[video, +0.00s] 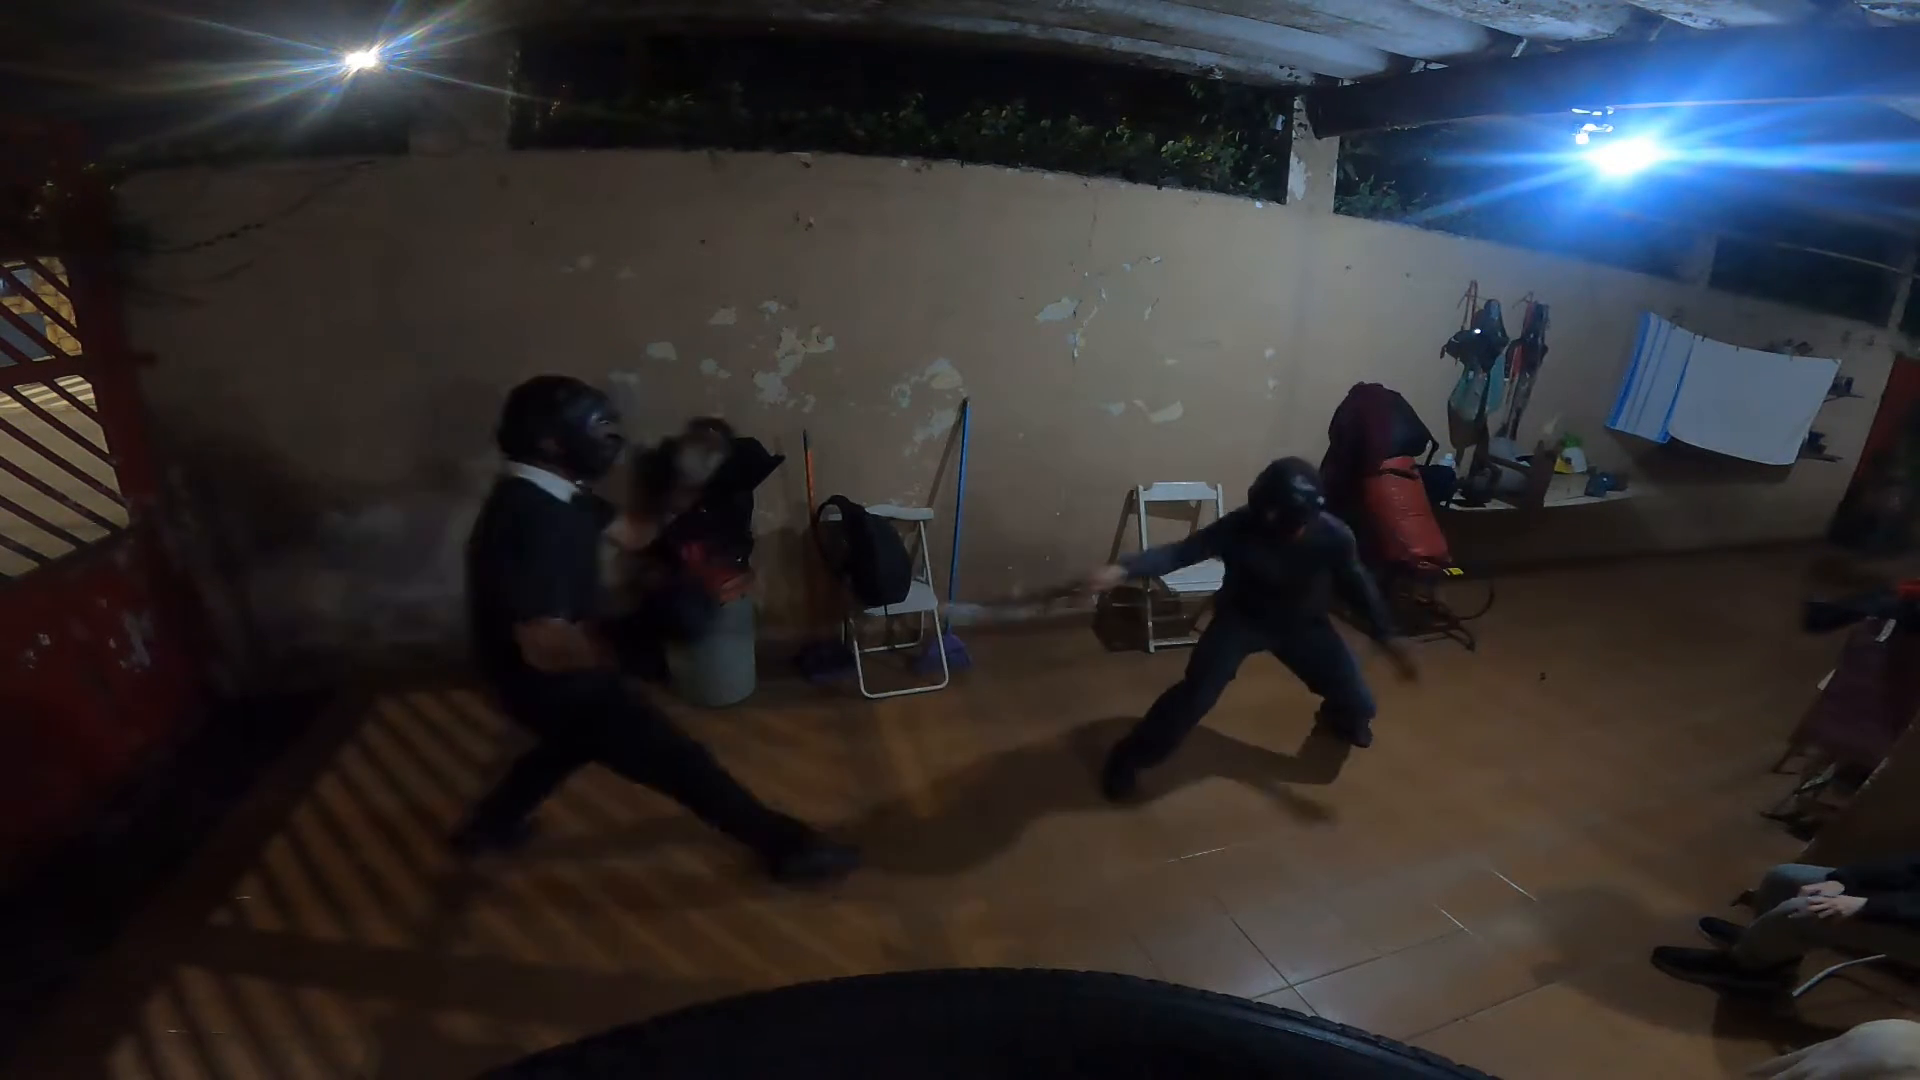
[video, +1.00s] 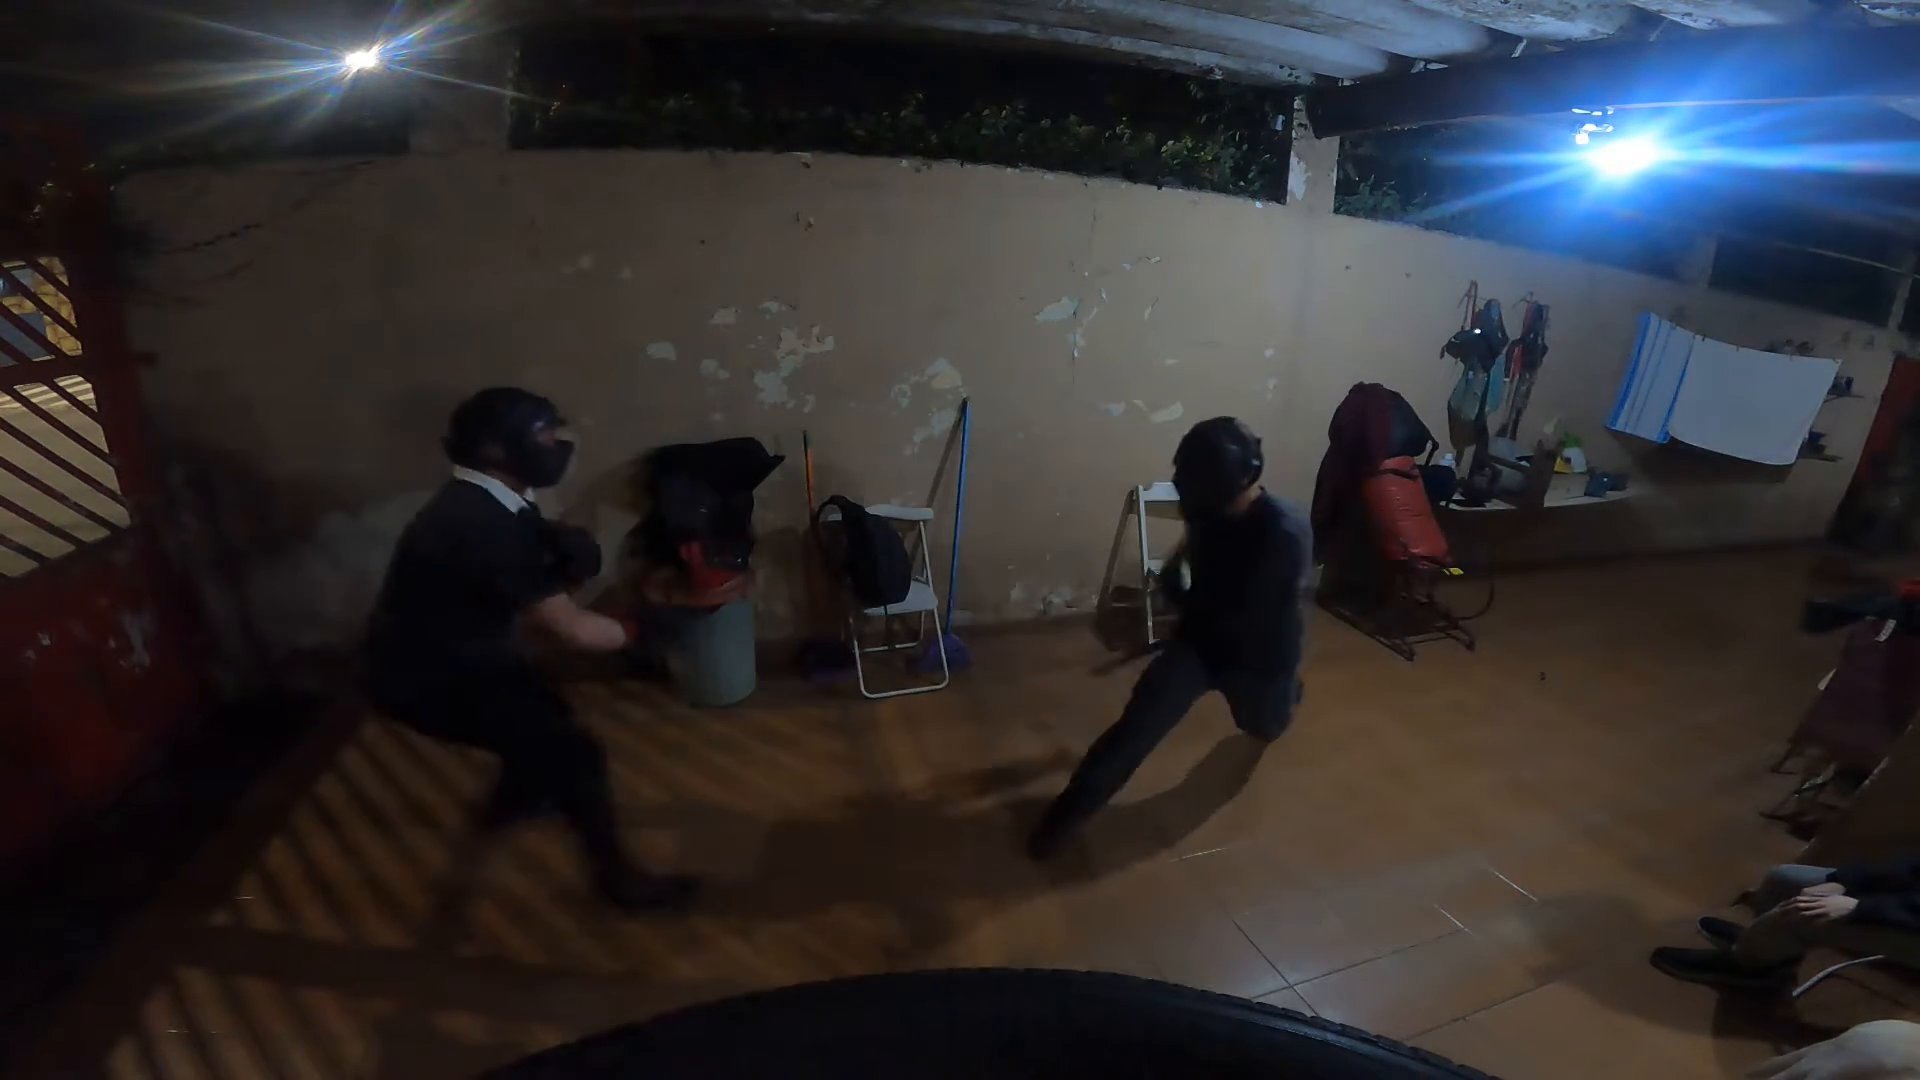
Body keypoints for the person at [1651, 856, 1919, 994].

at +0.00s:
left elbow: (1915, 907)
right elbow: (1910, 868)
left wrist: (1864, 906)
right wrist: (1845, 881)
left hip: (1910, 924)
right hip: (1898, 891)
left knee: (1796, 914)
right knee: (1782, 879)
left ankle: (1738, 963)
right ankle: (1764, 952)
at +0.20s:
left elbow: (1913, 909)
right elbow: (1909, 870)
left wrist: (1854, 905)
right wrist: (1843, 881)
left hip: (1910, 924)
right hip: (1899, 892)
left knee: (1798, 915)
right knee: (1782, 880)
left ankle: (1741, 963)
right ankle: (1765, 953)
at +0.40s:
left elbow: (1913, 915)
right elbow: (1909, 868)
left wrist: (1856, 909)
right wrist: (1842, 883)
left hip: (1911, 927)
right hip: (1902, 891)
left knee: (1801, 914)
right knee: (1783, 879)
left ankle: (1742, 963)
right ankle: (1757, 943)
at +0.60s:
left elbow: (1913, 916)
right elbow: (1910, 870)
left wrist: (1856, 909)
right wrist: (1843, 884)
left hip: (1911, 928)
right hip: (1904, 890)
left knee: (1800, 914)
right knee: (1783, 880)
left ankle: (1742, 963)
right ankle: (1756, 944)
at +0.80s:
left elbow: (1913, 916)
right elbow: (1910, 869)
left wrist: (1856, 909)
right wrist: (1843, 883)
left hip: (1911, 930)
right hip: (1903, 891)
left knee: (1801, 914)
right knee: (1784, 879)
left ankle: (1741, 963)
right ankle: (1755, 944)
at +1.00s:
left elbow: (1913, 915)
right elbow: (1910, 870)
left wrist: (1857, 909)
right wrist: (1844, 882)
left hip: (1911, 927)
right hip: (1904, 890)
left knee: (1800, 914)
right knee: (1783, 880)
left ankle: (1742, 963)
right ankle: (1756, 945)